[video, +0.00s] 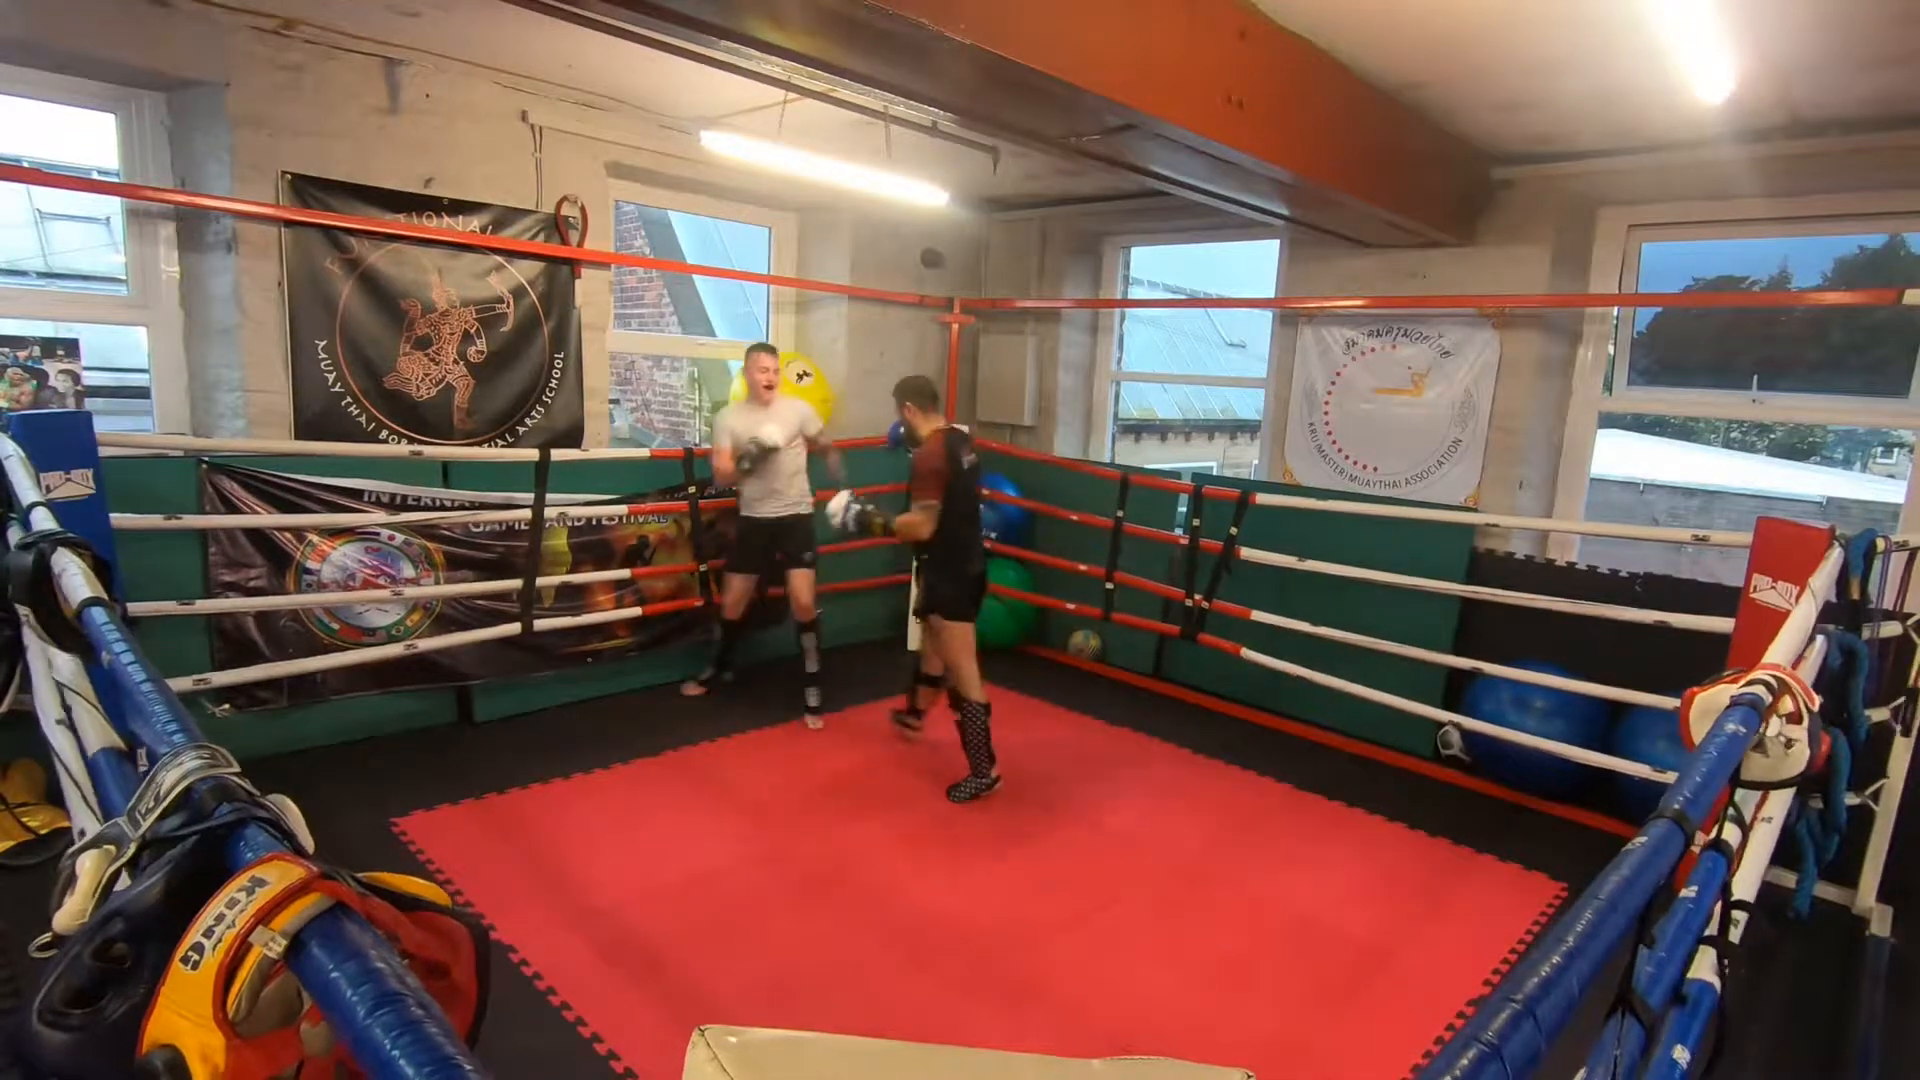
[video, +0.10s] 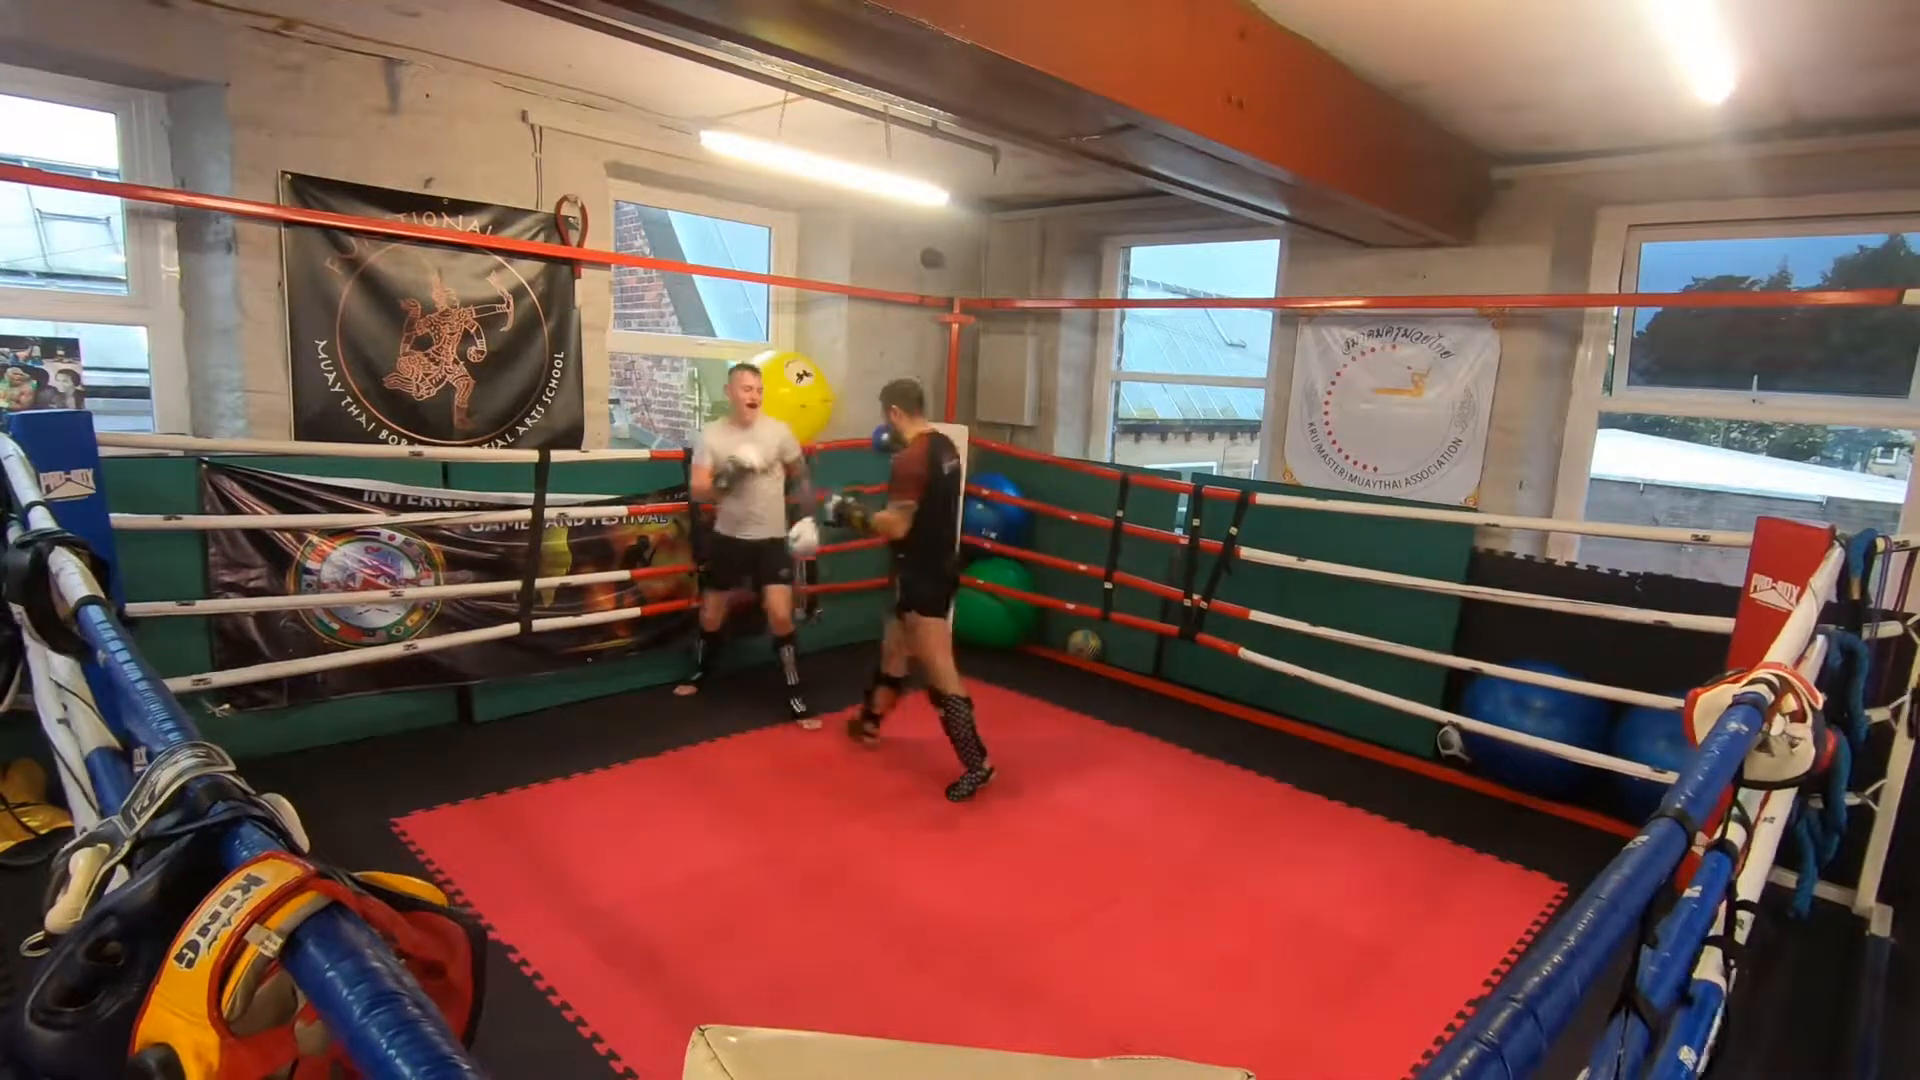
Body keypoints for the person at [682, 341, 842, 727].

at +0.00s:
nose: (769, 377)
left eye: (774, 371)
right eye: (761, 371)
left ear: (780, 374)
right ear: (746, 374)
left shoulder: (799, 411)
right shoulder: (729, 418)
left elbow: (827, 450)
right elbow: (721, 474)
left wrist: (837, 473)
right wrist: (748, 460)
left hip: (796, 517)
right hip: (753, 520)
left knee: (803, 603)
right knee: (733, 604)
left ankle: (812, 686)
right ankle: (716, 670)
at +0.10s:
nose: (753, 395)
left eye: (758, 389)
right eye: (746, 389)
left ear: (762, 394)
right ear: (729, 393)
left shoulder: (779, 433)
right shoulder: (712, 436)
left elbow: (801, 479)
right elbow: (698, 489)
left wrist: (807, 517)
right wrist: (726, 480)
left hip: (772, 539)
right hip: (727, 539)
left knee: (781, 616)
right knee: (712, 615)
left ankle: (795, 697)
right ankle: (698, 677)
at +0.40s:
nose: (741, 383)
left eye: (746, 377)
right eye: (734, 376)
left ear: (750, 381)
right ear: (717, 378)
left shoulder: (762, 416)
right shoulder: (698, 420)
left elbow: (783, 464)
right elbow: (690, 477)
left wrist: (776, 495)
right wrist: (719, 459)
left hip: (751, 520)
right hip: (711, 522)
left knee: (750, 598)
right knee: (704, 604)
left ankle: (768, 689)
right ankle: (707, 675)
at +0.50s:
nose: (736, 382)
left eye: (740, 377)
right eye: (729, 376)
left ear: (745, 380)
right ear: (712, 378)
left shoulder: (759, 414)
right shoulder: (699, 420)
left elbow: (780, 458)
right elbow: (702, 473)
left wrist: (775, 485)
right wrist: (725, 446)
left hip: (754, 513)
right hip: (716, 516)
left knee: (746, 565)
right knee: (703, 598)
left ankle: (757, 657)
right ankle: (707, 671)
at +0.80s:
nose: (743, 392)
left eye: (747, 385)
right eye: (736, 387)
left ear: (754, 390)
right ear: (724, 396)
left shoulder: (769, 429)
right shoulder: (722, 439)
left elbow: (785, 466)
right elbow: (729, 484)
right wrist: (761, 472)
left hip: (773, 515)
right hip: (737, 519)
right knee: (717, 591)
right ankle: (705, 669)